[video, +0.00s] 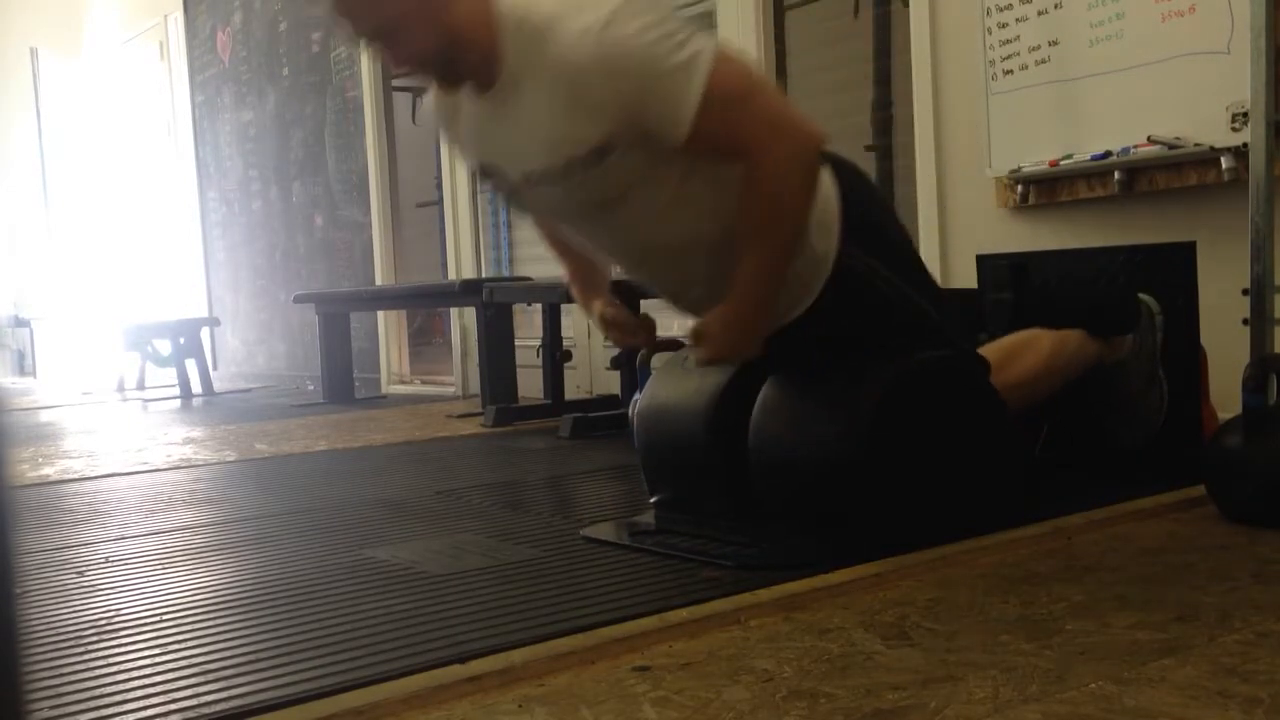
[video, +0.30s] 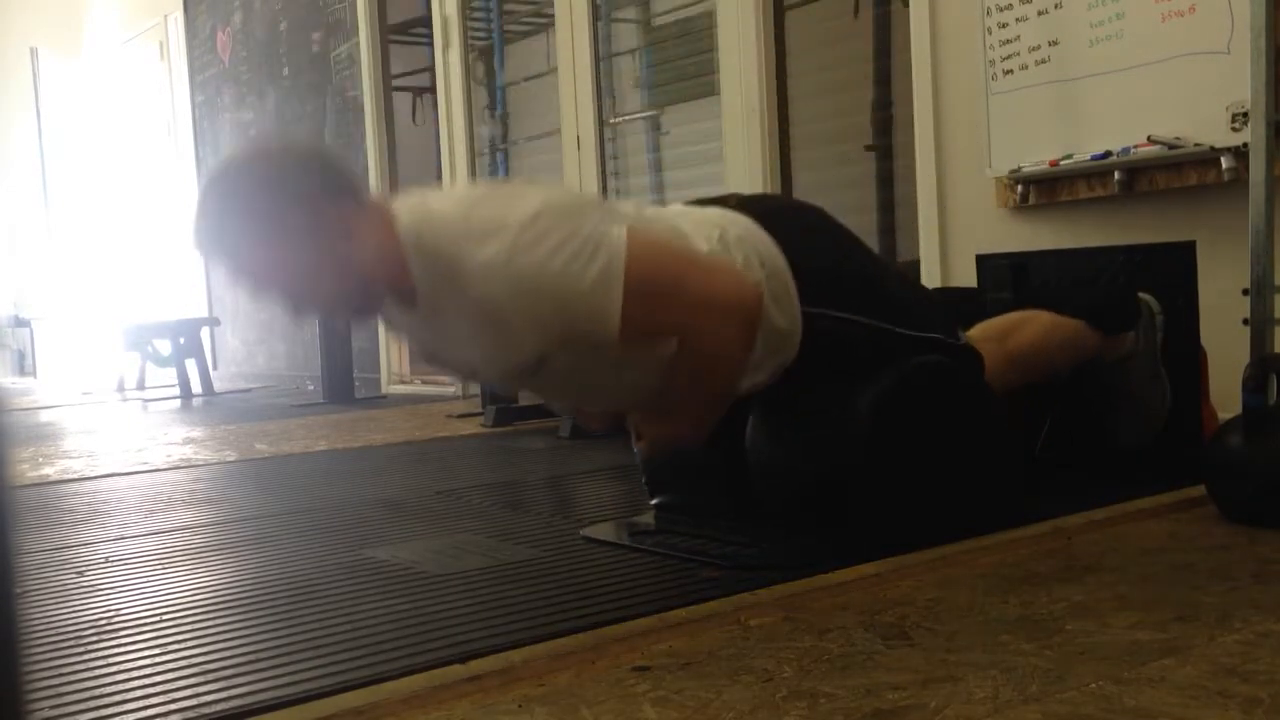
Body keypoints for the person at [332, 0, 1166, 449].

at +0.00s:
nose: (382, 61)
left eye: (382, 31)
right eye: (366, 44)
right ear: (381, 40)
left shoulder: (596, 48)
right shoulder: (452, 105)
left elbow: (790, 141)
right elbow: (539, 196)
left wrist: (741, 309)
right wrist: (597, 298)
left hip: (826, 253)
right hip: (726, 292)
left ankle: (1071, 350)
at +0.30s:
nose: (277, 298)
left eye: (271, 272)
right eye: (257, 285)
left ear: (323, 220)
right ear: (308, 229)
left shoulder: (489, 256)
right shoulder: (392, 275)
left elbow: (721, 300)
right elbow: (554, 318)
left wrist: (682, 416)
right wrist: (611, 396)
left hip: (784, 275)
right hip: (704, 278)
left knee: (951, 359)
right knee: (901, 333)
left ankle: (1108, 328)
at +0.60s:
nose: (301, 339)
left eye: (298, 307)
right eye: (281, 322)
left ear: (356, 247)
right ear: (324, 272)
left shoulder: (511, 279)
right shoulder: (406, 303)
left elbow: (754, 316)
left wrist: (713, 421)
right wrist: (629, 412)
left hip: (799, 260)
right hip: (727, 244)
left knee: (963, 364)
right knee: (921, 327)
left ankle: (1101, 336)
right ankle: (1056, 327)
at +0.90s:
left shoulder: (680, 21)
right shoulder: (525, 66)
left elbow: (848, 123)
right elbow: (639, 162)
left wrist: (746, 265)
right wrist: (645, 236)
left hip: (866, 246)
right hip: (771, 287)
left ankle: (1092, 350)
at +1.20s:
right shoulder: (702, 7)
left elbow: (972, 29)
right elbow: (700, 60)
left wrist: (816, 100)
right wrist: (707, 123)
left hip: (920, 215)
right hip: (803, 243)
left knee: (963, 451)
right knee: (841, 462)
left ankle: (1102, 346)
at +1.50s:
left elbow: (1015, 27)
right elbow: (739, 56)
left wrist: (859, 68)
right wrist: (746, 108)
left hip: (935, 204)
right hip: (816, 224)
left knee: (973, 435)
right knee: (845, 442)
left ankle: (1107, 349)